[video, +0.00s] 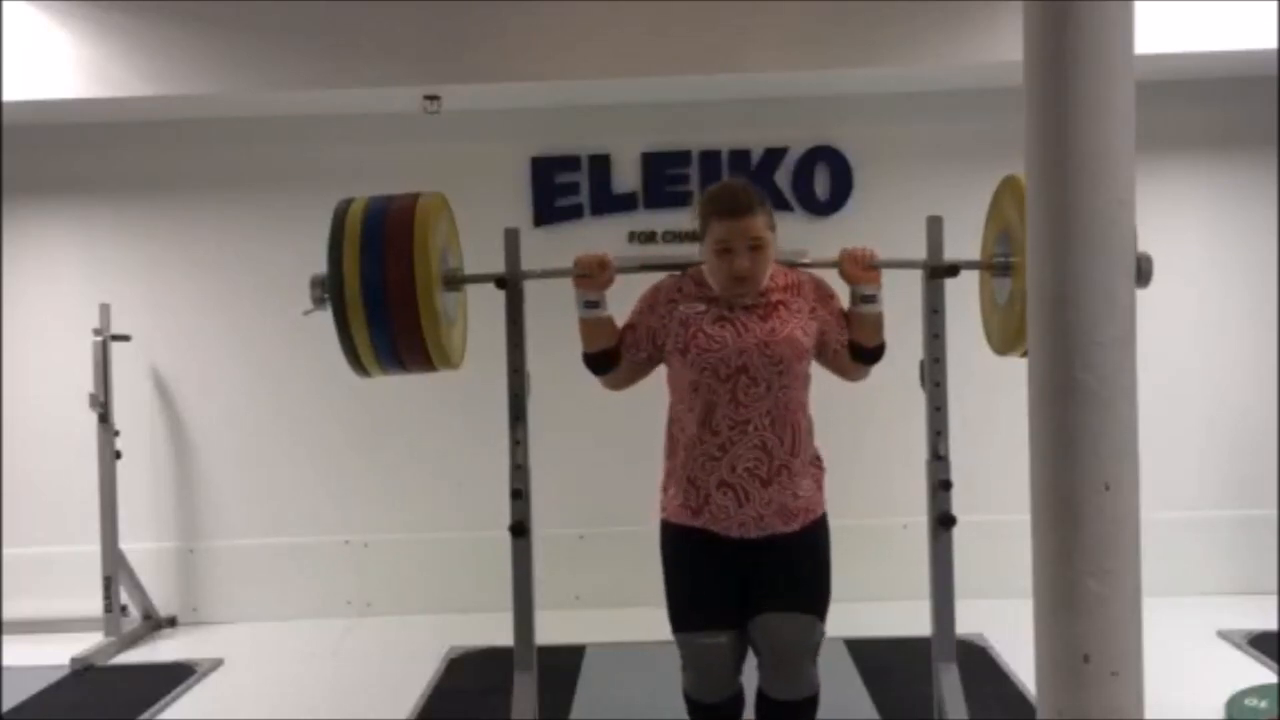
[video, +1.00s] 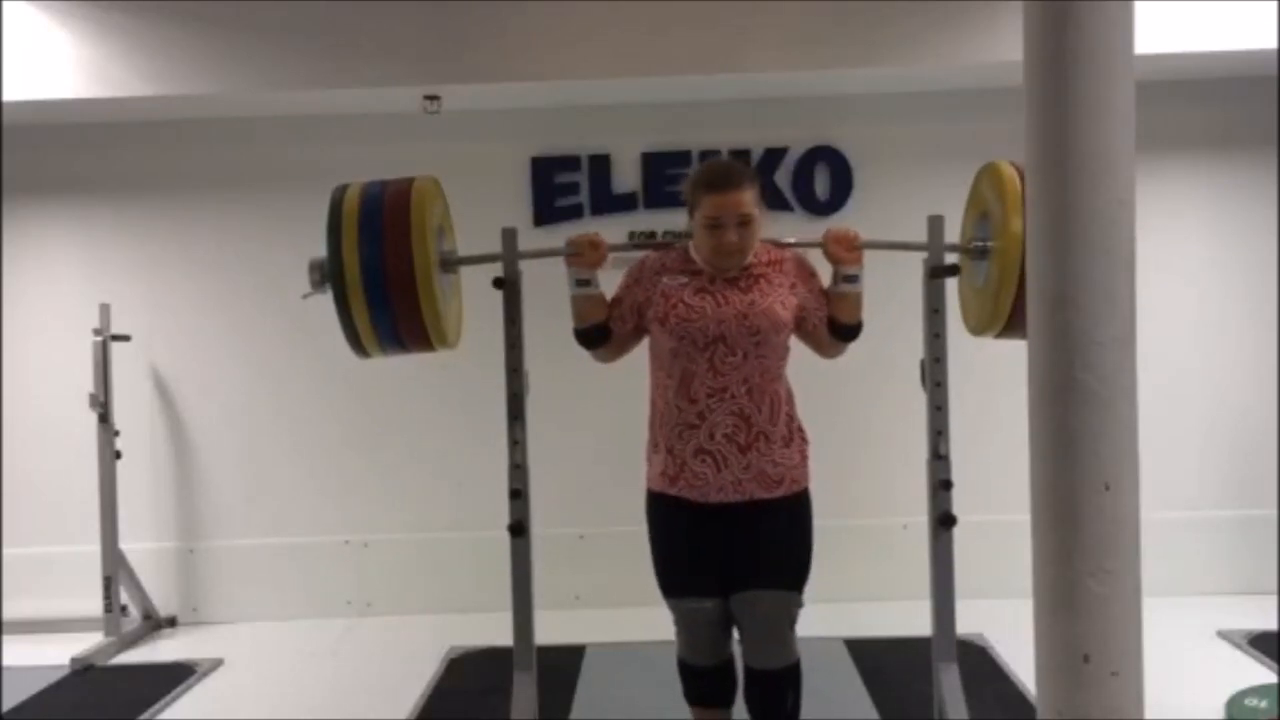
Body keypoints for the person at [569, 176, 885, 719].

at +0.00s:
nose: (741, 263)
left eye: (754, 247)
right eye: (725, 249)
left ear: (773, 243)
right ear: (703, 247)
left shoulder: (804, 294)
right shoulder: (672, 300)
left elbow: (855, 366)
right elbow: (613, 371)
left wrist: (867, 293)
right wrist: (591, 299)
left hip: (789, 525)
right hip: (699, 527)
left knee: (791, 680)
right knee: (709, 683)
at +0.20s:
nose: (740, 258)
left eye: (754, 243)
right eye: (725, 244)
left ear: (772, 238)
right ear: (702, 242)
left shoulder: (803, 291)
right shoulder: (668, 297)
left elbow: (851, 364)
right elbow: (614, 369)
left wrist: (865, 292)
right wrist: (591, 298)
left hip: (787, 521)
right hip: (696, 522)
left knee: (788, 679)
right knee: (708, 683)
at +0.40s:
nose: (740, 250)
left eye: (753, 235)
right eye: (724, 236)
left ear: (770, 232)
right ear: (701, 235)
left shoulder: (802, 286)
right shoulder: (666, 291)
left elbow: (847, 360)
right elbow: (614, 365)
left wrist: (863, 287)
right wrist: (590, 293)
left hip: (784, 514)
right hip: (694, 516)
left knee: (785, 676)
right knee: (706, 680)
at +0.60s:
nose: (737, 237)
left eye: (751, 221)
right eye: (722, 223)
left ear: (769, 219)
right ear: (700, 223)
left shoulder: (798, 272)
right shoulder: (665, 277)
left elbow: (847, 347)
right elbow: (612, 352)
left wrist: (861, 275)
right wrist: (588, 281)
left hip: (781, 496)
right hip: (692, 498)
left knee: (779, 647)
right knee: (706, 651)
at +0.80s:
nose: (734, 234)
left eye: (747, 220)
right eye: (718, 221)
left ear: (765, 216)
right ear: (696, 220)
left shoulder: (792, 266)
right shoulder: (660, 272)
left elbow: (841, 340)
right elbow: (609, 345)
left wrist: (855, 269)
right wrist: (586, 277)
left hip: (777, 490)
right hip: (689, 491)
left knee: (774, 638)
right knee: (705, 643)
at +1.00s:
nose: (729, 239)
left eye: (742, 224)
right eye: (714, 225)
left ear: (760, 219)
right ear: (692, 222)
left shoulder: (786, 269)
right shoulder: (656, 272)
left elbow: (833, 341)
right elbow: (604, 345)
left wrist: (848, 274)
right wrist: (584, 278)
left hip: (771, 490)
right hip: (683, 492)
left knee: (770, 642)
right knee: (700, 647)